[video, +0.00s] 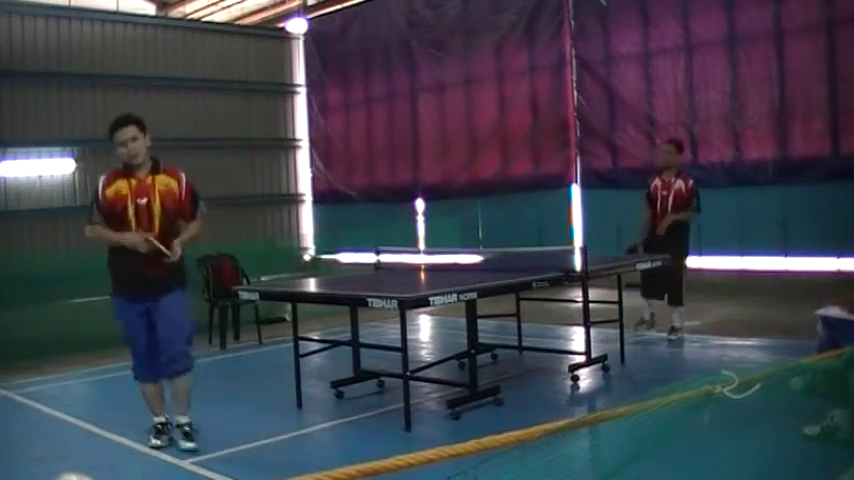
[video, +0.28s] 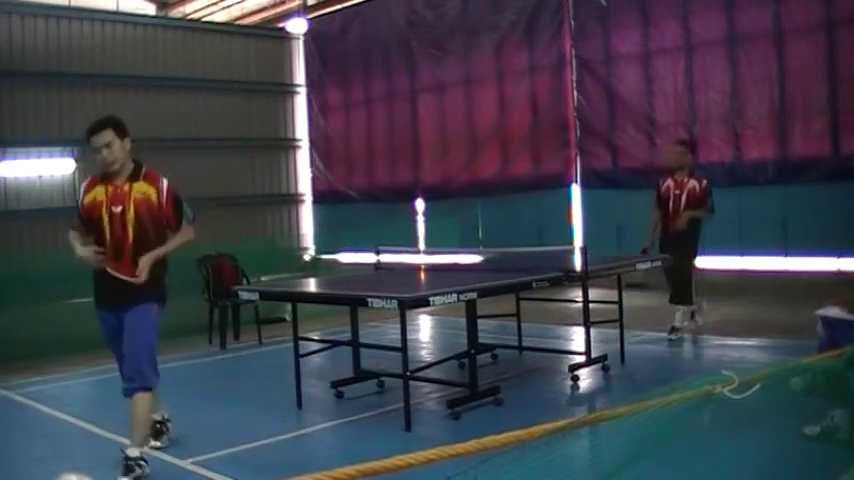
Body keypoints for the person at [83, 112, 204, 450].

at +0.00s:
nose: (129, 148)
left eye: (134, 140)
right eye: (122, 144)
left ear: (147, 139)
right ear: (115, 150)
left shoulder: (175, 179)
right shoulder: (107, 185)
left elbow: (195, 223)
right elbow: (93, 229)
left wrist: (180, 239)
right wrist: (126, 238)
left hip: (169, 284)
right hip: (129, 287)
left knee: (177, 352)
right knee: (142, 357)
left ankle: (183, 422)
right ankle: (160, 423)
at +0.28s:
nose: (104, 155)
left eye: (109, 146)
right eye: (97, 150)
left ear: (127, 142)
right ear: (94, 153)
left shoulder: (156, 186)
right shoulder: (91, 190)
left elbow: (187, 230)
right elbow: (80, 233)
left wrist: (154, 255)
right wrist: (82, 250)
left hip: (145, 291)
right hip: (107, 292)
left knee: (138, 366)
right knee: (130, 366)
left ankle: (134, 455)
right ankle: (157, 421)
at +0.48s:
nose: (82, 147)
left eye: (88, 139)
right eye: (76, 141)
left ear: (109, 135)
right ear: (74, 144)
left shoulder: (136, 179)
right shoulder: (78, 183)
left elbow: (162, 235)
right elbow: (72, 226)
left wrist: (110, 255)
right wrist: (62, 249)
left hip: (127, 295)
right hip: (86, 295)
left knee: (129, 377)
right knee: (82, 379)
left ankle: (135, 459)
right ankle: (130, 410)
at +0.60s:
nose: (68, 148)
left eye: (73, 138)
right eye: (63, 142)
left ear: (95, 134)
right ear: (63, 144)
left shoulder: (123, 178)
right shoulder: (71, 186)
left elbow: (140, 235)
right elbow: (67, 228)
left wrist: (81, 253)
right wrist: (53, 247)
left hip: (119, 300)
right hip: (77, 299)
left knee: (129, 384)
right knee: (56, 380)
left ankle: (139, 460)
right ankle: (93, 449)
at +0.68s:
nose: (53, 150)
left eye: (58, 141)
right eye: (48, 143)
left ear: (80, 136)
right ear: (48, 145)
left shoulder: (108, 179)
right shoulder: (60, 186)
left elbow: (120, 238)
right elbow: (63, 231)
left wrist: (59, 257)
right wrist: (42, 253)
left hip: (108, 305)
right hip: (64, 304)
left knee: (126, 387)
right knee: (46, 390)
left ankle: (138, 461)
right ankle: (50, 472)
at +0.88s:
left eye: (4, 148)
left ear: (26, 144)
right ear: (13, 147)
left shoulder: (55, 189)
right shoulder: (9, 195)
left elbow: (72, 252)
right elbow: (18, 259)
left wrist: (15, 294)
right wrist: (5, 294)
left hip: (67, 317)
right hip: (21, 321)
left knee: (100, 397)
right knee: (7, 415)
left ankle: (132, 451)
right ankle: (7, 474)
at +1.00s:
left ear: (5, 155)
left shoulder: (22, 185)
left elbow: (47, 251)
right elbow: (45, 250)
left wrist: (13, 312)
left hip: (34, 321)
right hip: (2, 323)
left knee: (48, 410)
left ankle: (102, 442)